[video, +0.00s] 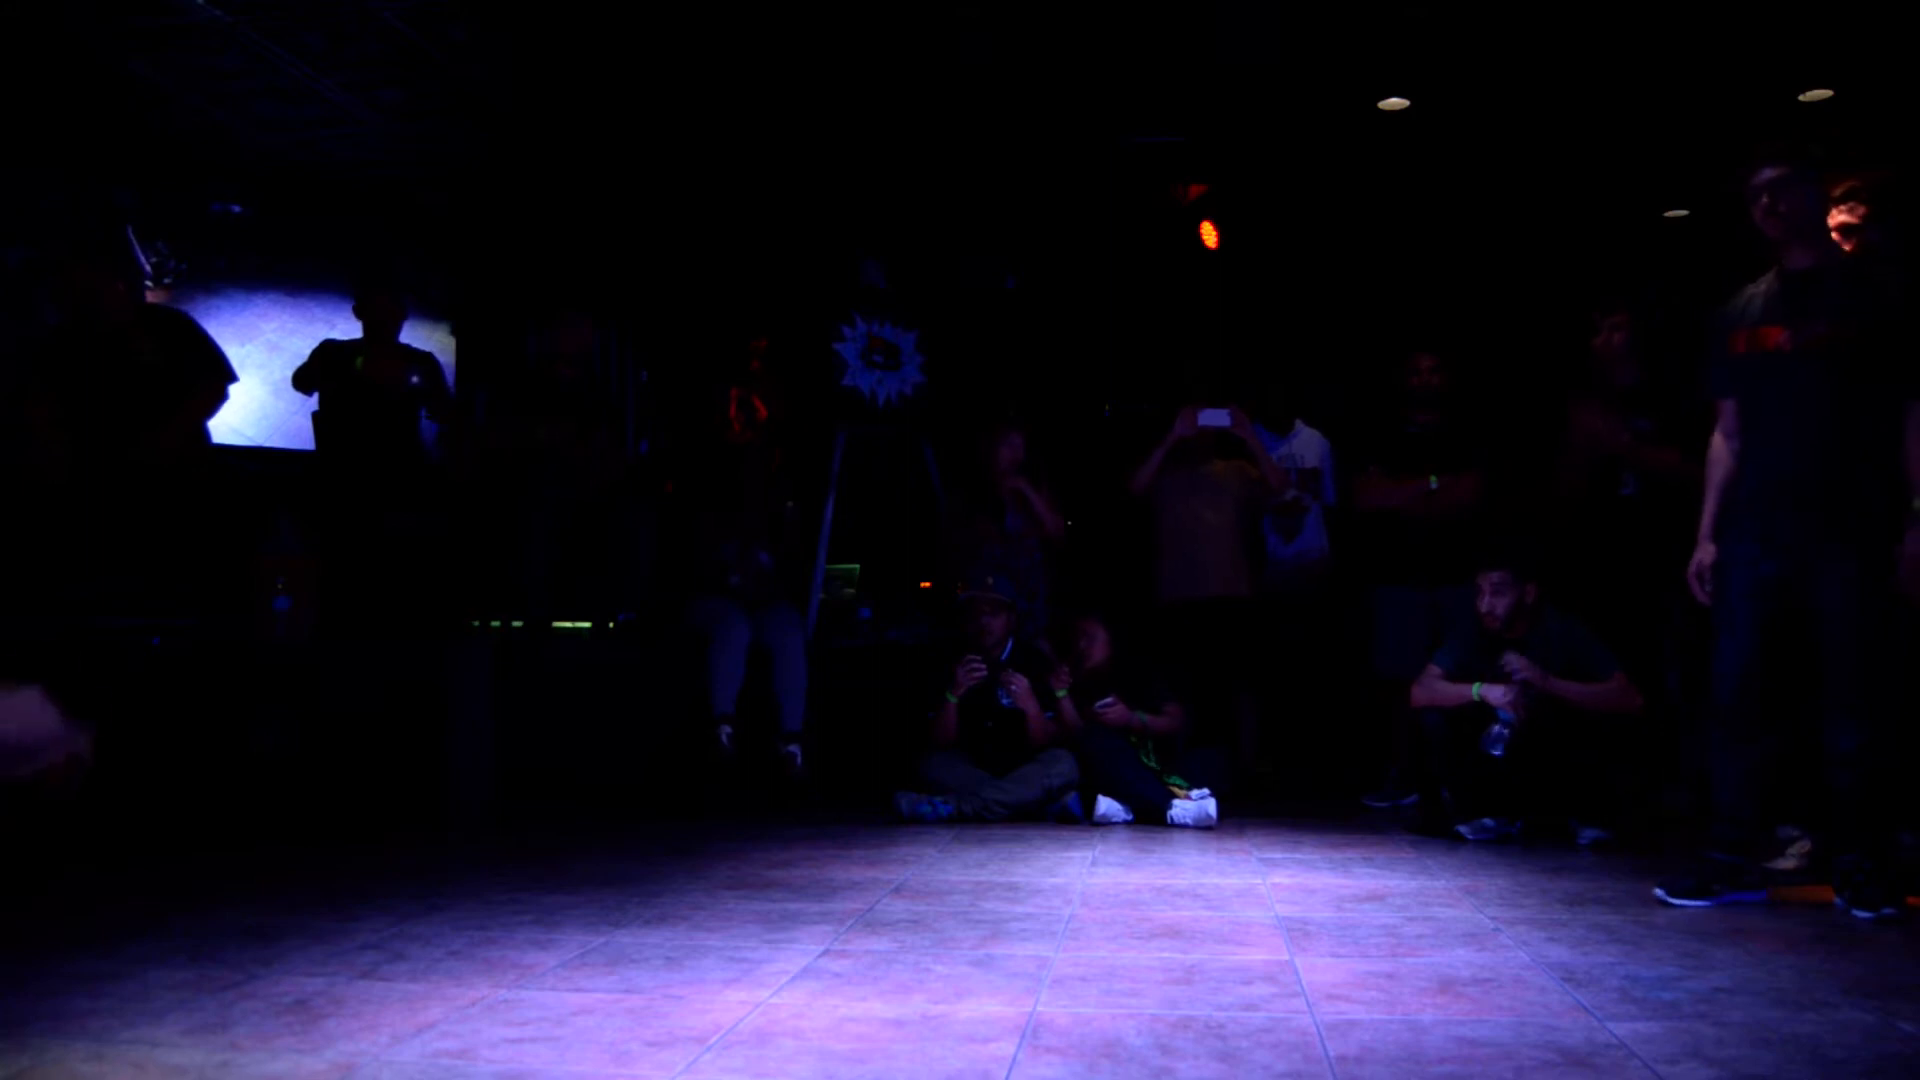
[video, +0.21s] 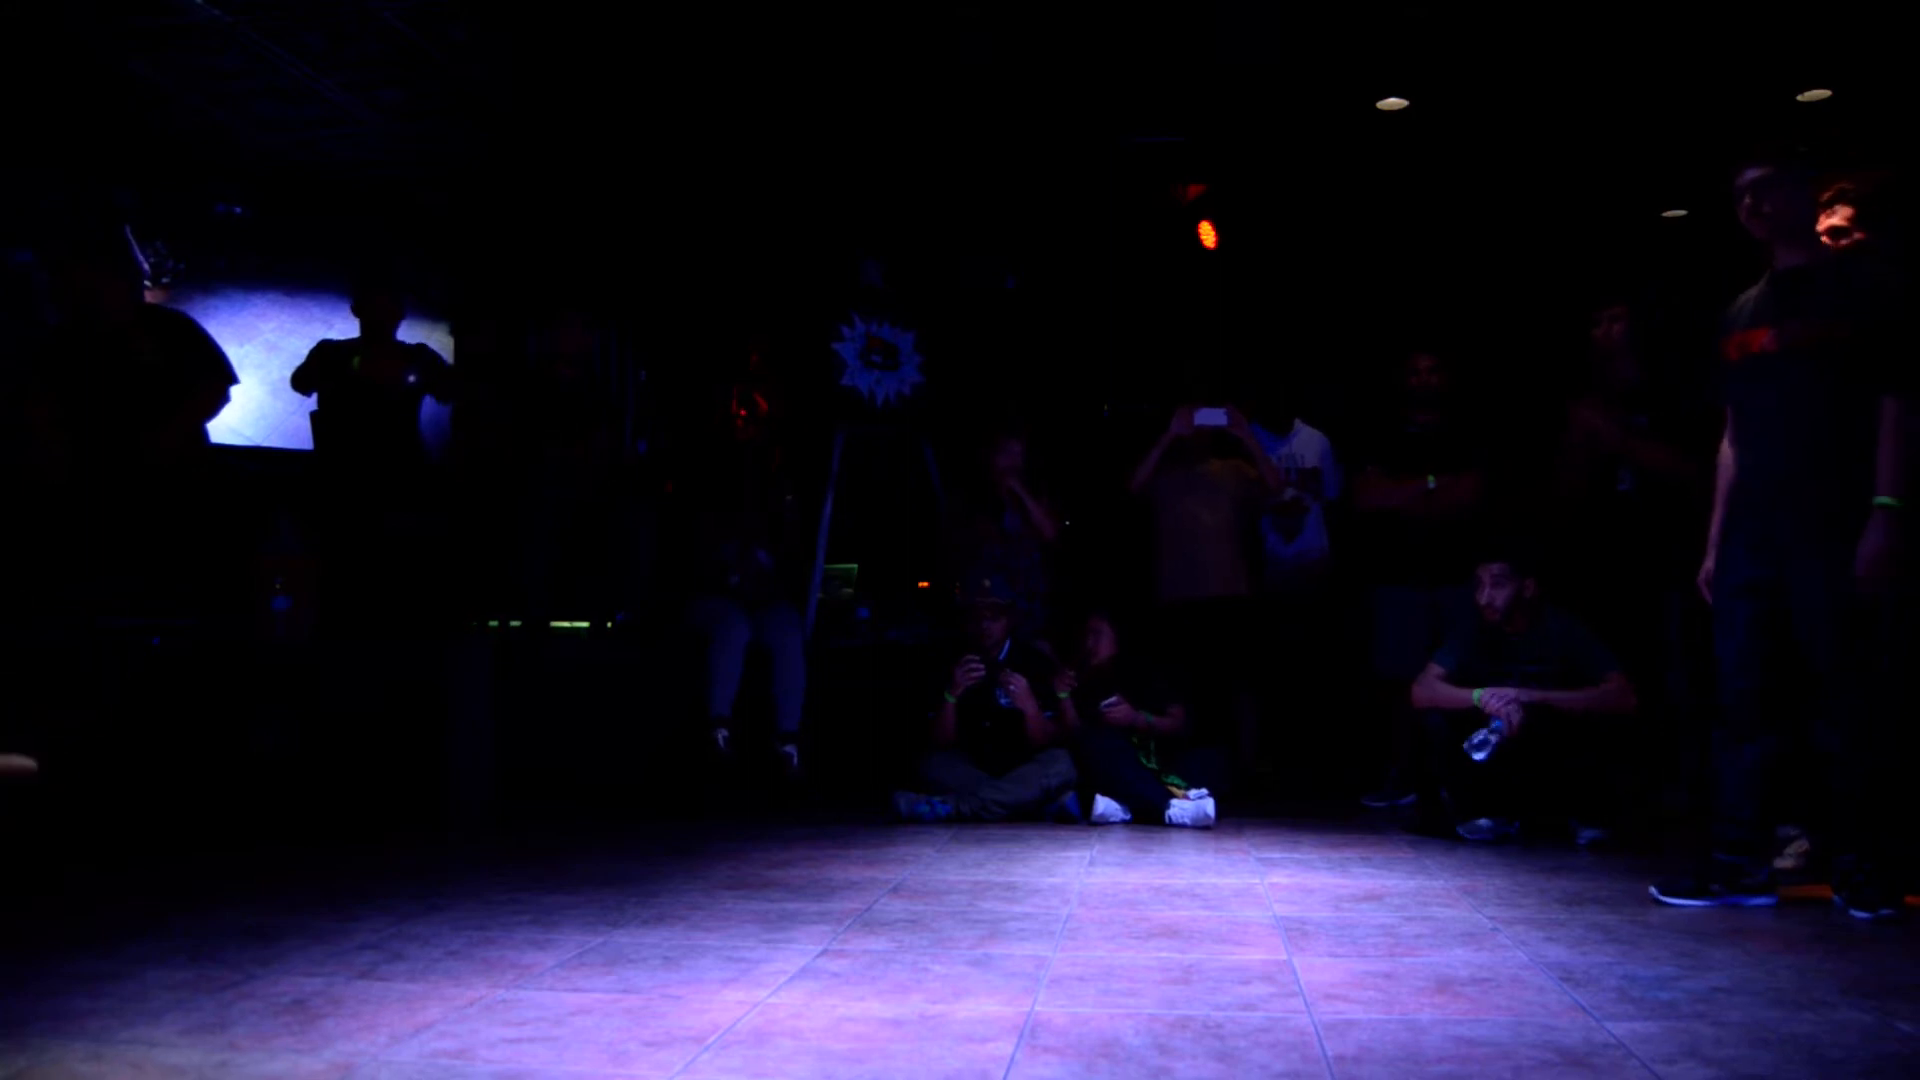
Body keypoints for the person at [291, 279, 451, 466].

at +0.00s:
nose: (384, 321)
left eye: (392, 311)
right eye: (376, 310)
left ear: (403, 315)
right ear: (358, 312)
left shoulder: (421, 363)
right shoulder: (332, 353)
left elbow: (443, 414)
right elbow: (300, 383)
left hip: (401, 459)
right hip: (343, 456)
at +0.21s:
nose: (380, 319)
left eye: (388, 309)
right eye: (373, 308)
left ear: (400, 313)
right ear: (356, 309)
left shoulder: (416, 357)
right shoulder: (330, 353)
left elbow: (452, 391)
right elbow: (300, 384)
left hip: (401, 458)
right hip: (342, 458)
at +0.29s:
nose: (382, 319)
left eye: (390, 309)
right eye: (374, 309)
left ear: (401, 313)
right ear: (357, 310)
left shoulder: (416, 355)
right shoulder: (331, 353)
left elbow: (456, 378)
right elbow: (300, 385)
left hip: (401, 455)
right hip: (342, 456)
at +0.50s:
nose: (382, 319)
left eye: (390, 309)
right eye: (373, 308)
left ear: (400, 313)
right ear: (355, 311)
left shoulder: (411, 354)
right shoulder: (329, 355)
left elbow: (459, 354)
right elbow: (300, 389)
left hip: (399, 458)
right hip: (341, 458)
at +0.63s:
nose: (381, 319)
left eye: (388, 310)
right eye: (372, 309)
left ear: (398, 313)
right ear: (353, 313)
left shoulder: (409, 356)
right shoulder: (328, 357)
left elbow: (459, 358)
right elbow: (300, 391)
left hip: (398, 459)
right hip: (341, 460)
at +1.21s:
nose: (395, 324)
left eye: (401, 314)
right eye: (387, 313)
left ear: (412, 316)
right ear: (369, 317)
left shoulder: (427, 357)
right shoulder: (346, 355)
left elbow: (466, 345)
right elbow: (314, 384)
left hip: (412, 457)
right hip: (356, 458)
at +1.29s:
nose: (411, 326)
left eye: (418, 316)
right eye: (403, 315)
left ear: (429, 318)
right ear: (386, 318)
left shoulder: (440, 357)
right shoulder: (363, 356)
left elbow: (481, 341)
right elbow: (333, 385)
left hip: (428, 458)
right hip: (372, 458)